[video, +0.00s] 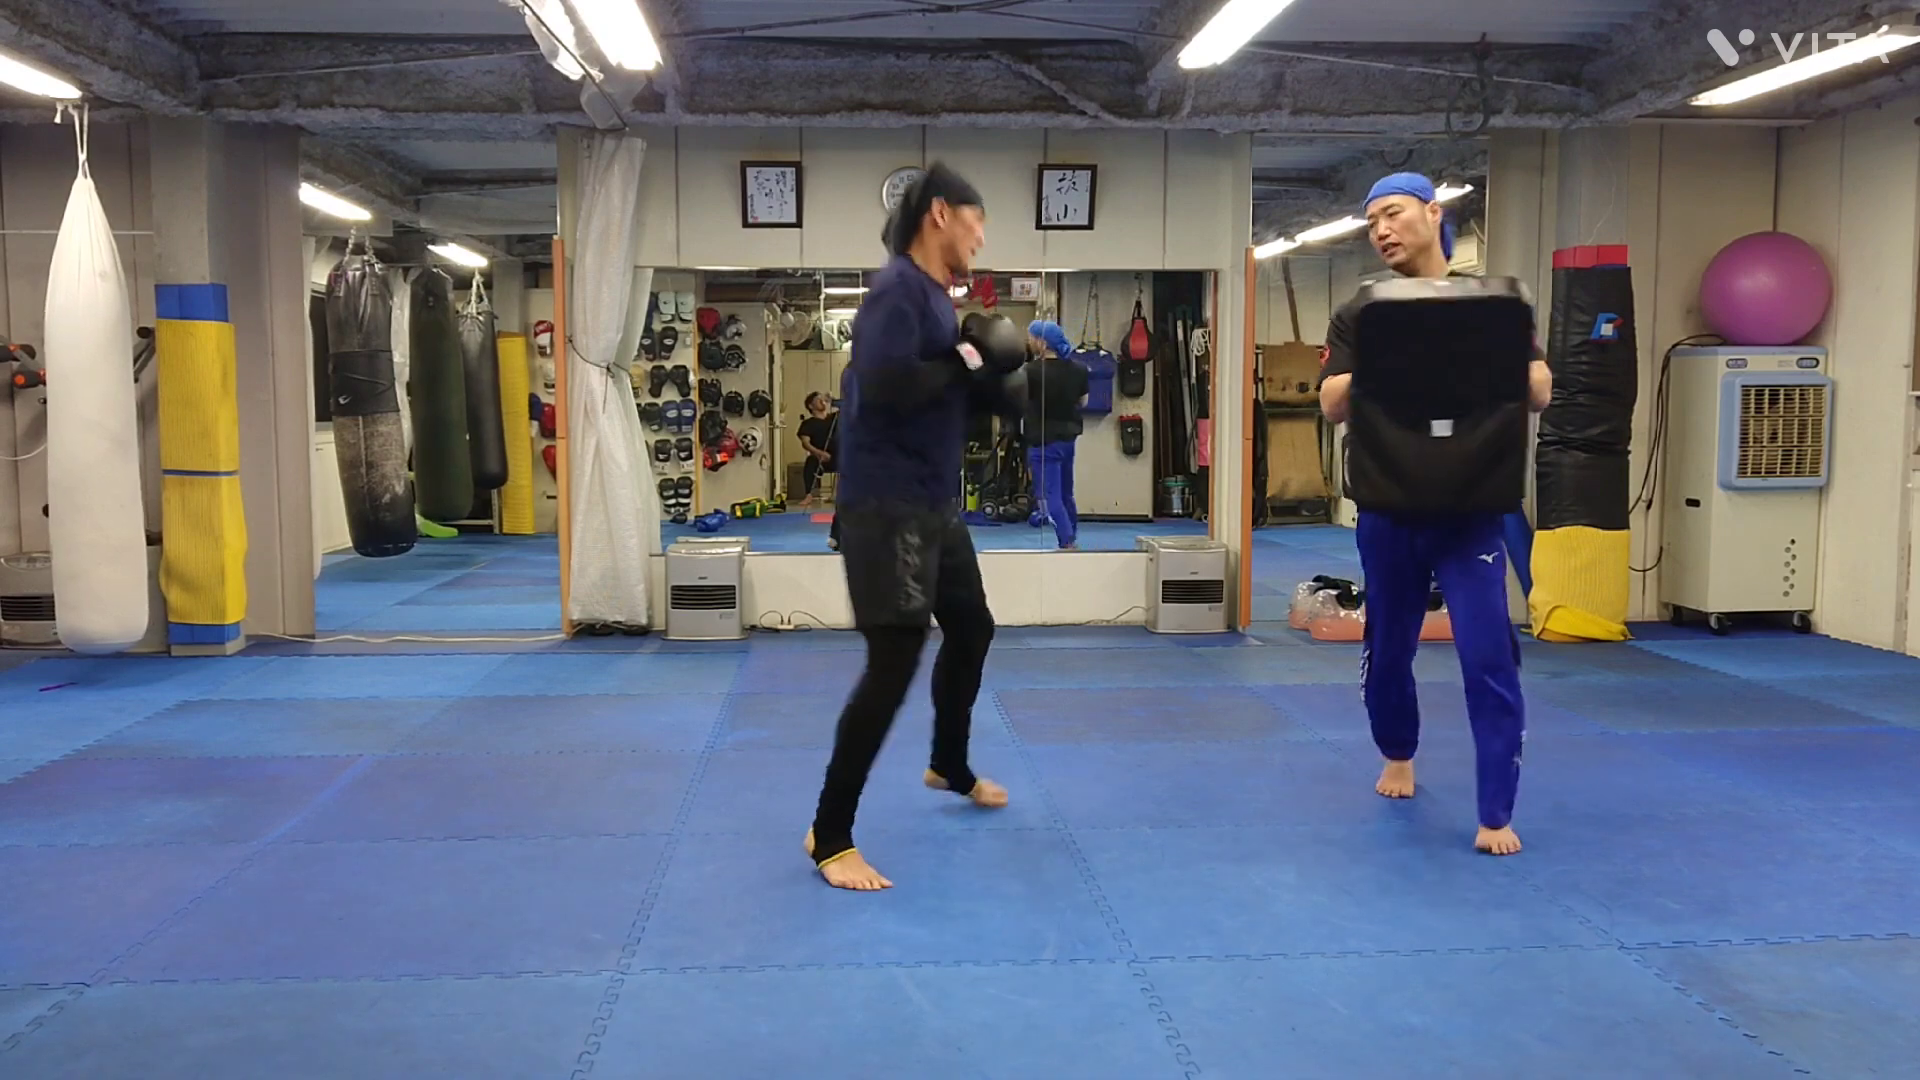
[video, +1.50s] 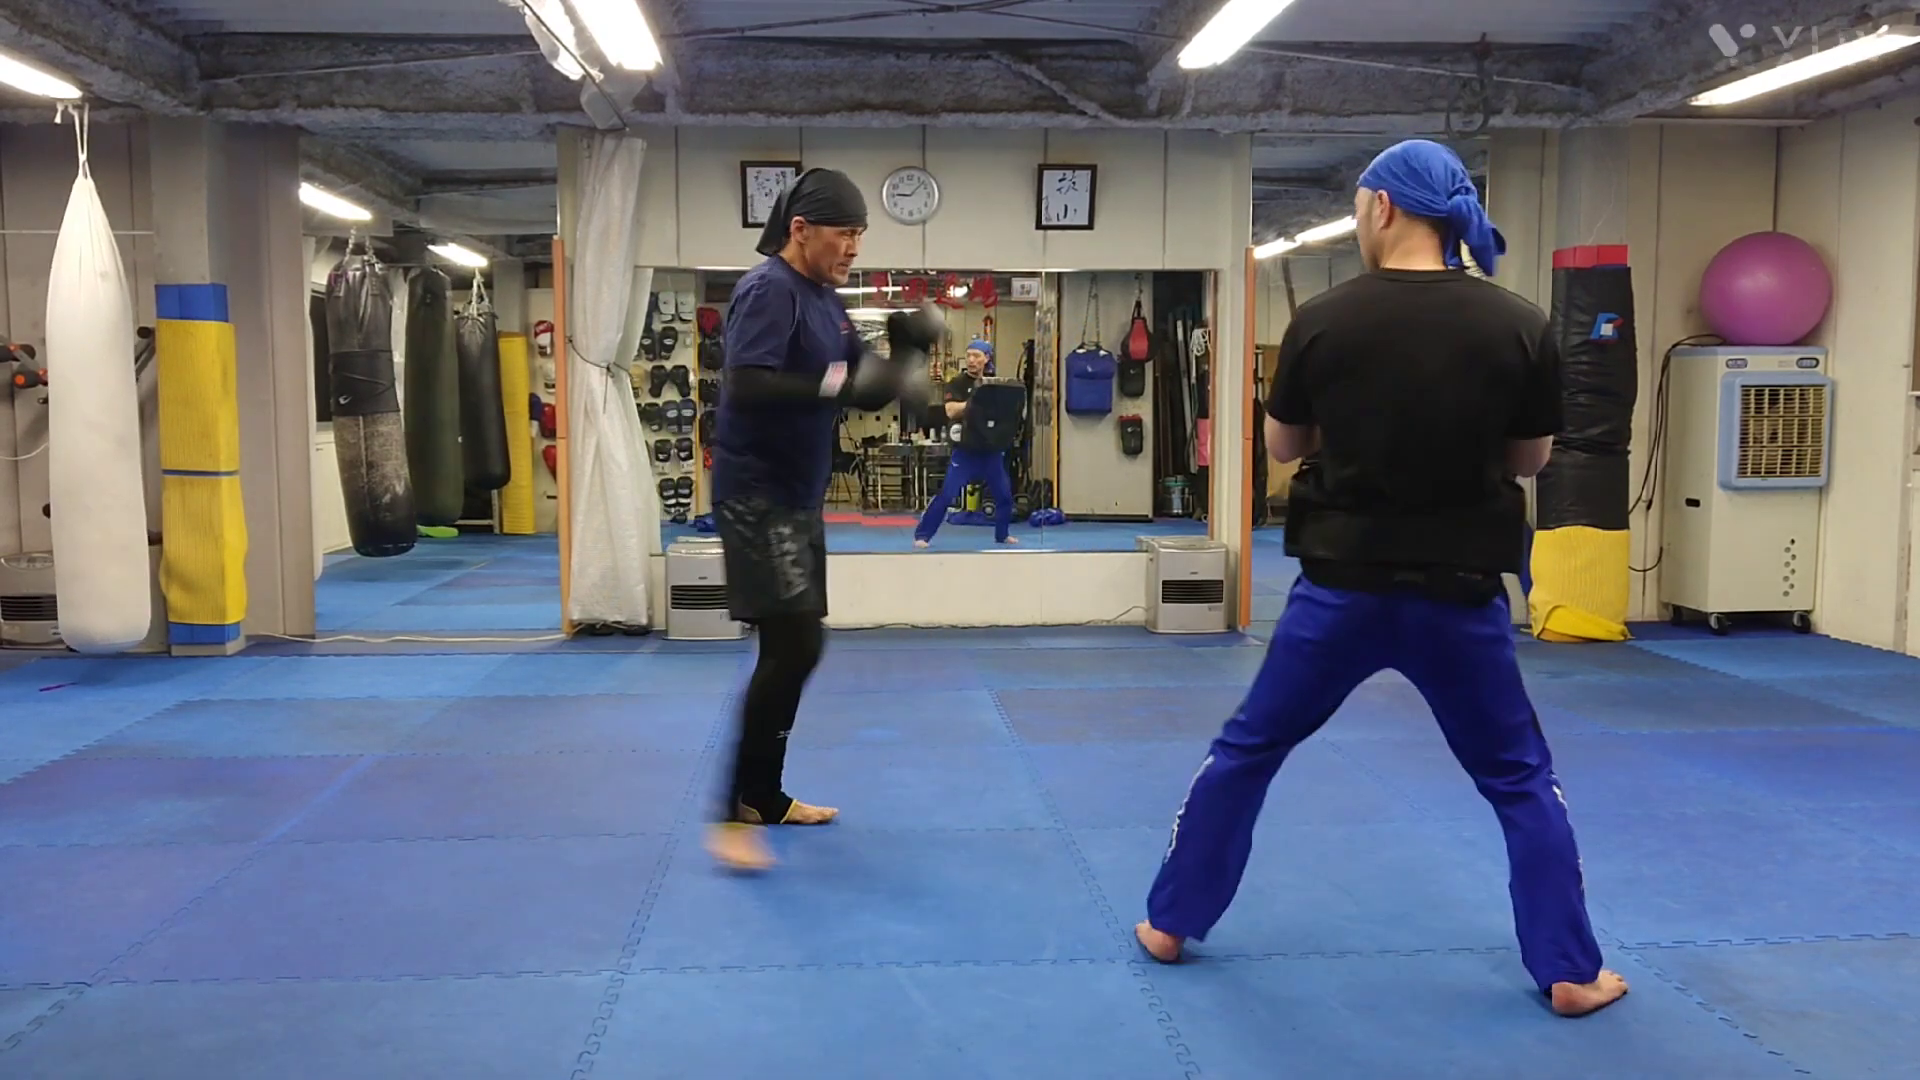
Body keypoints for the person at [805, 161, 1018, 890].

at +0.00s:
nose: (980, 241)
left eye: (983, 229)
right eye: (976, 226)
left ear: (944, 220)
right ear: (939, 215)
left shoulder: (938, 301)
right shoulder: (897, 290)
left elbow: (951, 397)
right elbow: (884, 388)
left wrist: (1013, 382)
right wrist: (965, 360)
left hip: (934, 505)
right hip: (886, 507)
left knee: (971, 629)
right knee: (895, 659)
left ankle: (949, 764)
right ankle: (829, 838)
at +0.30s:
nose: (954, 246)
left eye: (956, 234)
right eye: (947, 230)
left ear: (916, 230)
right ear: (905, 224)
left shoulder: (911, 308)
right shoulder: (873, 293)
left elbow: (916, 407)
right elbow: (830, 373)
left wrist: (974, 381)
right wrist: (935, 369)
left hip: (916, 523)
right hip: (859, 522)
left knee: (973, 657)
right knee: (821, 672)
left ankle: (930, 828)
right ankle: (703, 829)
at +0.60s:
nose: (858, 258)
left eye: (860, 244)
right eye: (849, 242)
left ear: (817, 244)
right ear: (804, 238)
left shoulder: (811, 324)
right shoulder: (761, 302)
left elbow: (805, 423)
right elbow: (727, 395)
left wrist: (872, 420)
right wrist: (825, 378)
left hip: (797, 539)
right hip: (730, 541)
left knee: (879, 652)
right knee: (683, 687)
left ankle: (920, 824)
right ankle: (593, 831)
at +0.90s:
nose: (793, 242)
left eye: (797, 230)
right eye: (783, 228)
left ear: (777, 233)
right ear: (738, 222)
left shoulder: (771, 308)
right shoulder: (686, 294)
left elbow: (779, 403)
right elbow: (668, 393)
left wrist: (832, 375)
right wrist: (752, 344)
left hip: (758, 519)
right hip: (686, 522)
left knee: (804, 648)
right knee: (649, 680)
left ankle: (767, 789)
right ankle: (588, 835)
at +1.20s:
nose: (825, 258)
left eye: (830, 245)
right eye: (817, 243)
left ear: (805, 243)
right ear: (774, 232)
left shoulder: (787, 309)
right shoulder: (729, 296)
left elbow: (800, 404)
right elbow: (728, 393)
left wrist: (868, 379)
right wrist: (811, 337)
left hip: (768, 514)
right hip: (707, 515)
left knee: (781, 658)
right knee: (689, 667)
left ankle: (763, 798)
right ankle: (608, 825)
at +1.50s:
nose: (855, 247)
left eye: (859, 234)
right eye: (844, 233)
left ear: (836, 236)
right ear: (802, 230)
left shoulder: (826, 302)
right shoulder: (769, 288)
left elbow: (850, 380)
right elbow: (743, 383)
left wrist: (901, 361)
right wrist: (836, 386)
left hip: (796, 501)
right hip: (757, 501)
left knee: (797, 645)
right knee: (790, 645)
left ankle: (763, 799)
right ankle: (736, 815)